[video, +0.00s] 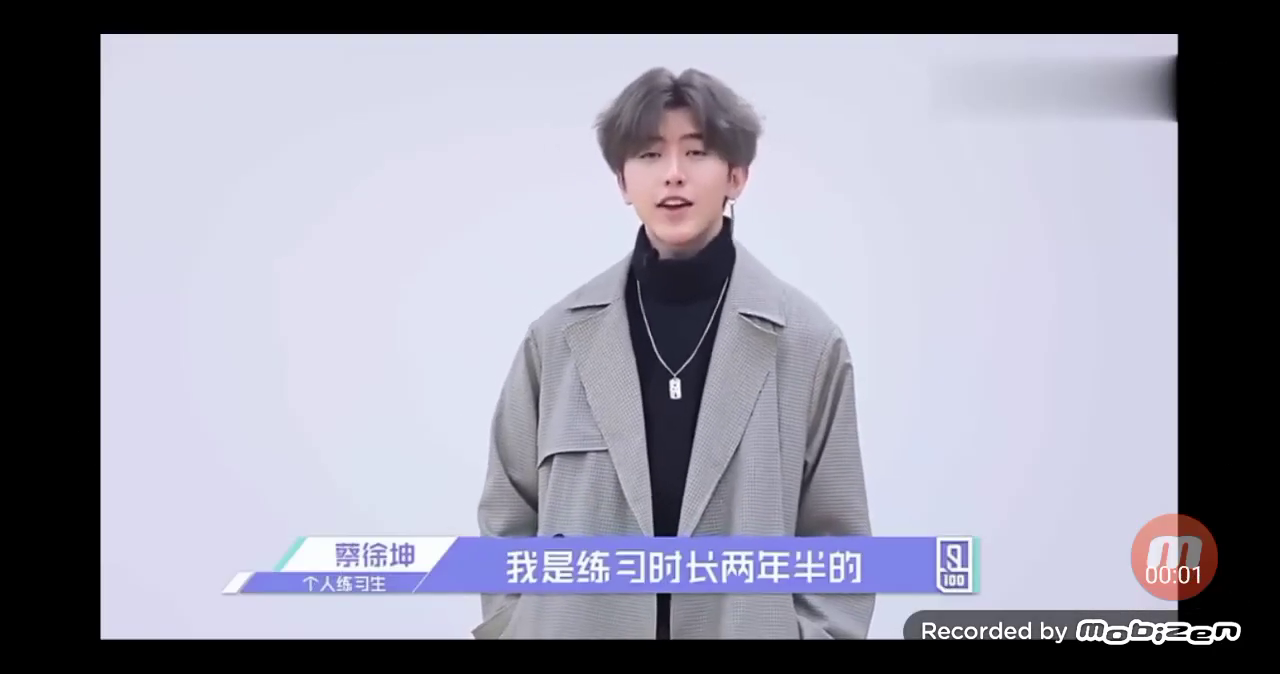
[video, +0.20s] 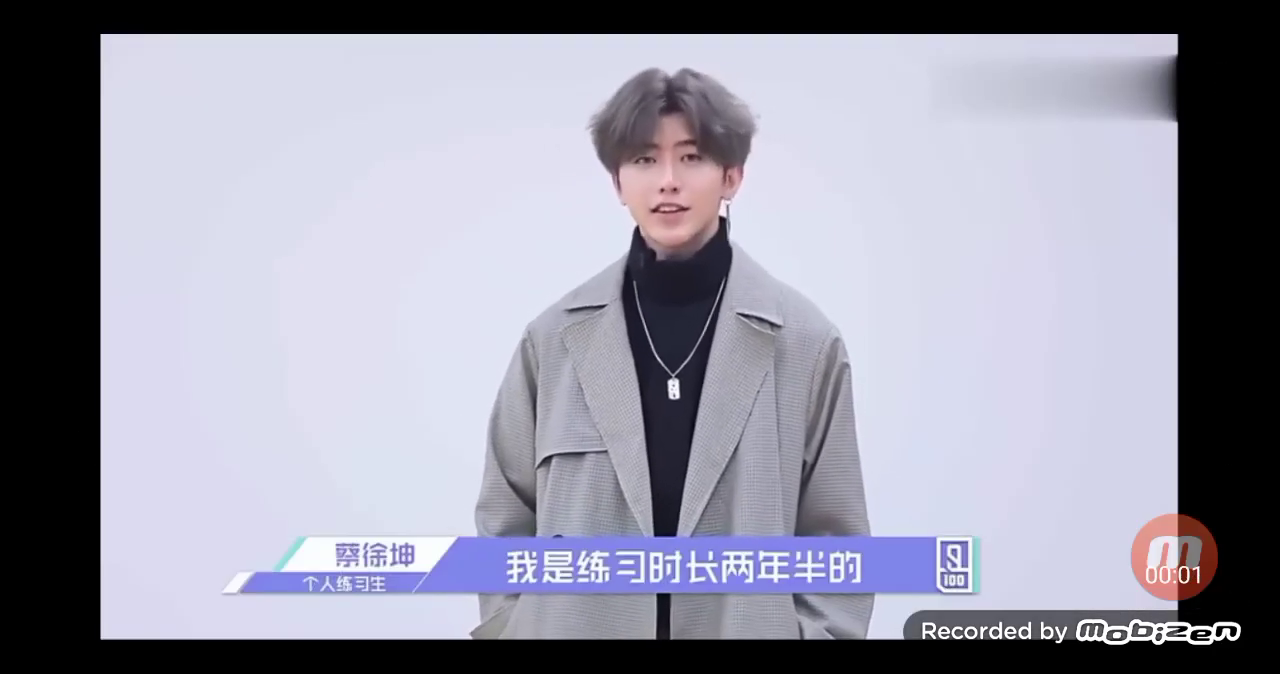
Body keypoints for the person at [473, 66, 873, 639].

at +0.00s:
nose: (673, 175)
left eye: (696, 152)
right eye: (650, 154)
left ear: (735, 178)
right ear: (623, 181)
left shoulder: (809, 342)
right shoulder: (553, 339)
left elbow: (839, 539)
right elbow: (506, 517)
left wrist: (816, 631)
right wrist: (511, 625)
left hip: (745, 629)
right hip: (578, 629)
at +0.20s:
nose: (668, 181)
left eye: (691, 157)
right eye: (645, 159)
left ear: (730, 179)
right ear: (618, 182)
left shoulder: (807, 341)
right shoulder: (550, 340)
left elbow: (838, 537)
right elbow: (503, 515)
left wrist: (816, 630)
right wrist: (509, 625)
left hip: (745, 629)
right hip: (577, 629)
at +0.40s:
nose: (656, 192)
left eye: (680, 165)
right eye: (633, 168)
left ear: (719, 181)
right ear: (607, 184)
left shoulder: (800, 342)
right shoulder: (541, 344)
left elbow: (833, 538)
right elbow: (495, 523)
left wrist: (813, 631)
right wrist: (502, 627)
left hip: (741, 629)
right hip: (572, 630)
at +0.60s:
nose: (646, 190)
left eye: (670, 164)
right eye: (623, 168)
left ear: (710, 180)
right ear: (597, 186)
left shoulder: (793, 341)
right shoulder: (533, 346)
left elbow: (828, 538)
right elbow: (489, 523)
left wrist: (808, 632)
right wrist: (498, 627)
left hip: (736, 630)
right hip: (568, 630)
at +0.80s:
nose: (631, 187)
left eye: (654, 161)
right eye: (609, 166)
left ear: (700, 178)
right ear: (586, 187)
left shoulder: (787, 342)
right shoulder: (524, 348)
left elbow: (821, 537)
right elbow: (481, 528)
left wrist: (801, 631)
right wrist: (495, 627)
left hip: (732, 631)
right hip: (564, 631)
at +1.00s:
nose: (628, 190)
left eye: (649, 164)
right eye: (603, 169)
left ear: (690, 178)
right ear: (577, 188)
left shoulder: (778, 342)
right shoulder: (516, 350)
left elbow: (815, 535)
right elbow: (474, 529)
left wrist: (795, 631)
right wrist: (493, 627)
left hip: (726, 631)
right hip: (559, 631)